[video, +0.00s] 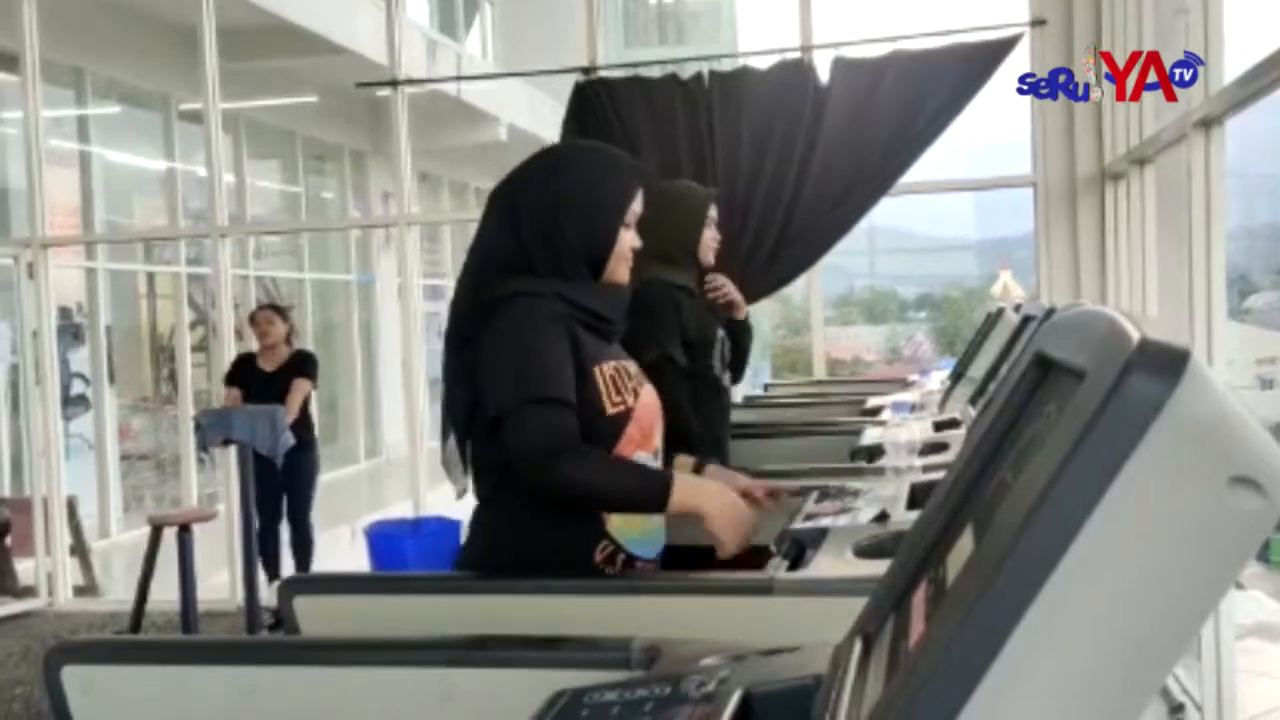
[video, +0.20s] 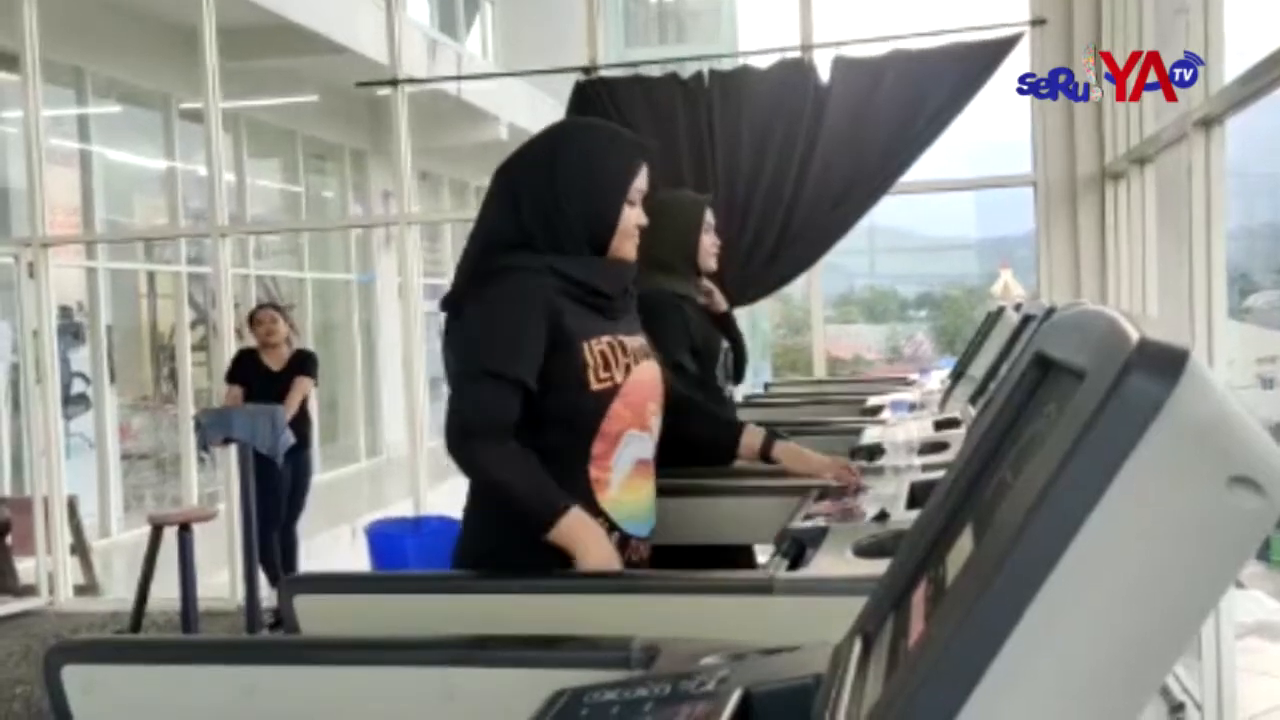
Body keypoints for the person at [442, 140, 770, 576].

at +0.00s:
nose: (637, 243)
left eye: (635, 226)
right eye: (626, 225)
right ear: (579, 221)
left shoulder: (574, 321)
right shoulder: (528, 322)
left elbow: (588, 452)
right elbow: (547, 463)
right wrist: (692, 495)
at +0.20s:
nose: (642, 219)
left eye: (642, 203)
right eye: (630, 202)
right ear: (580, 196)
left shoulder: (607, 294)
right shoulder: (516, 293)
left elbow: (648, 415)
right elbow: (477, 437)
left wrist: (773, 449)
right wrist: (581, 535)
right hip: (526, 580)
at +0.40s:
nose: (649, 239)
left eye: (647, 223)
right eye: (637, 222)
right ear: (587, 223)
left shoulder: (616, 318)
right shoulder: (515, 325)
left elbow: (659, 428)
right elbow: (435, 461)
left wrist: (773, 451)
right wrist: (504, 578)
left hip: (635, 585)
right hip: (557, 600)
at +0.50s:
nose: (648, 233)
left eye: (646, 215)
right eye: (636, 215)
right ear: (585, 219)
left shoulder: (613, 319)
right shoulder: (522, 327)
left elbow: (654, 433)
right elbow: (454, 468)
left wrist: (768, 450)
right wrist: (529, 571)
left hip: (643, 581)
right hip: (572, 596)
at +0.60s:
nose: (645, 216)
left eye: (644, 201)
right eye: (631, 199)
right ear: (582, 198)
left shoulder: (612, 300)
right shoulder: (526, 308)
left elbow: (661, 424)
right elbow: (494, 456)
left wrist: (773, 451)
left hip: (629, 571)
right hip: (552, 586)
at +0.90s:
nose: (651, 225)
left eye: (649, 209)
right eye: (637, 208)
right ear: (588, 207)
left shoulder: (612, 309)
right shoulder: (554, 311)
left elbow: (667, 427)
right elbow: (588, 448)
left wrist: (778, 445)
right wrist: (722, 503)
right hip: (569, 580)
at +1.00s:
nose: (659, 219)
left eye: (656, 203)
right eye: (646, 202)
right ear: (598, 203)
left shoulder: (622, 307)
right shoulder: (561, 310)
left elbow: (667, 432)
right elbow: (566, 460)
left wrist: (776, 444)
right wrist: (678, 526)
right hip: (589, 582)